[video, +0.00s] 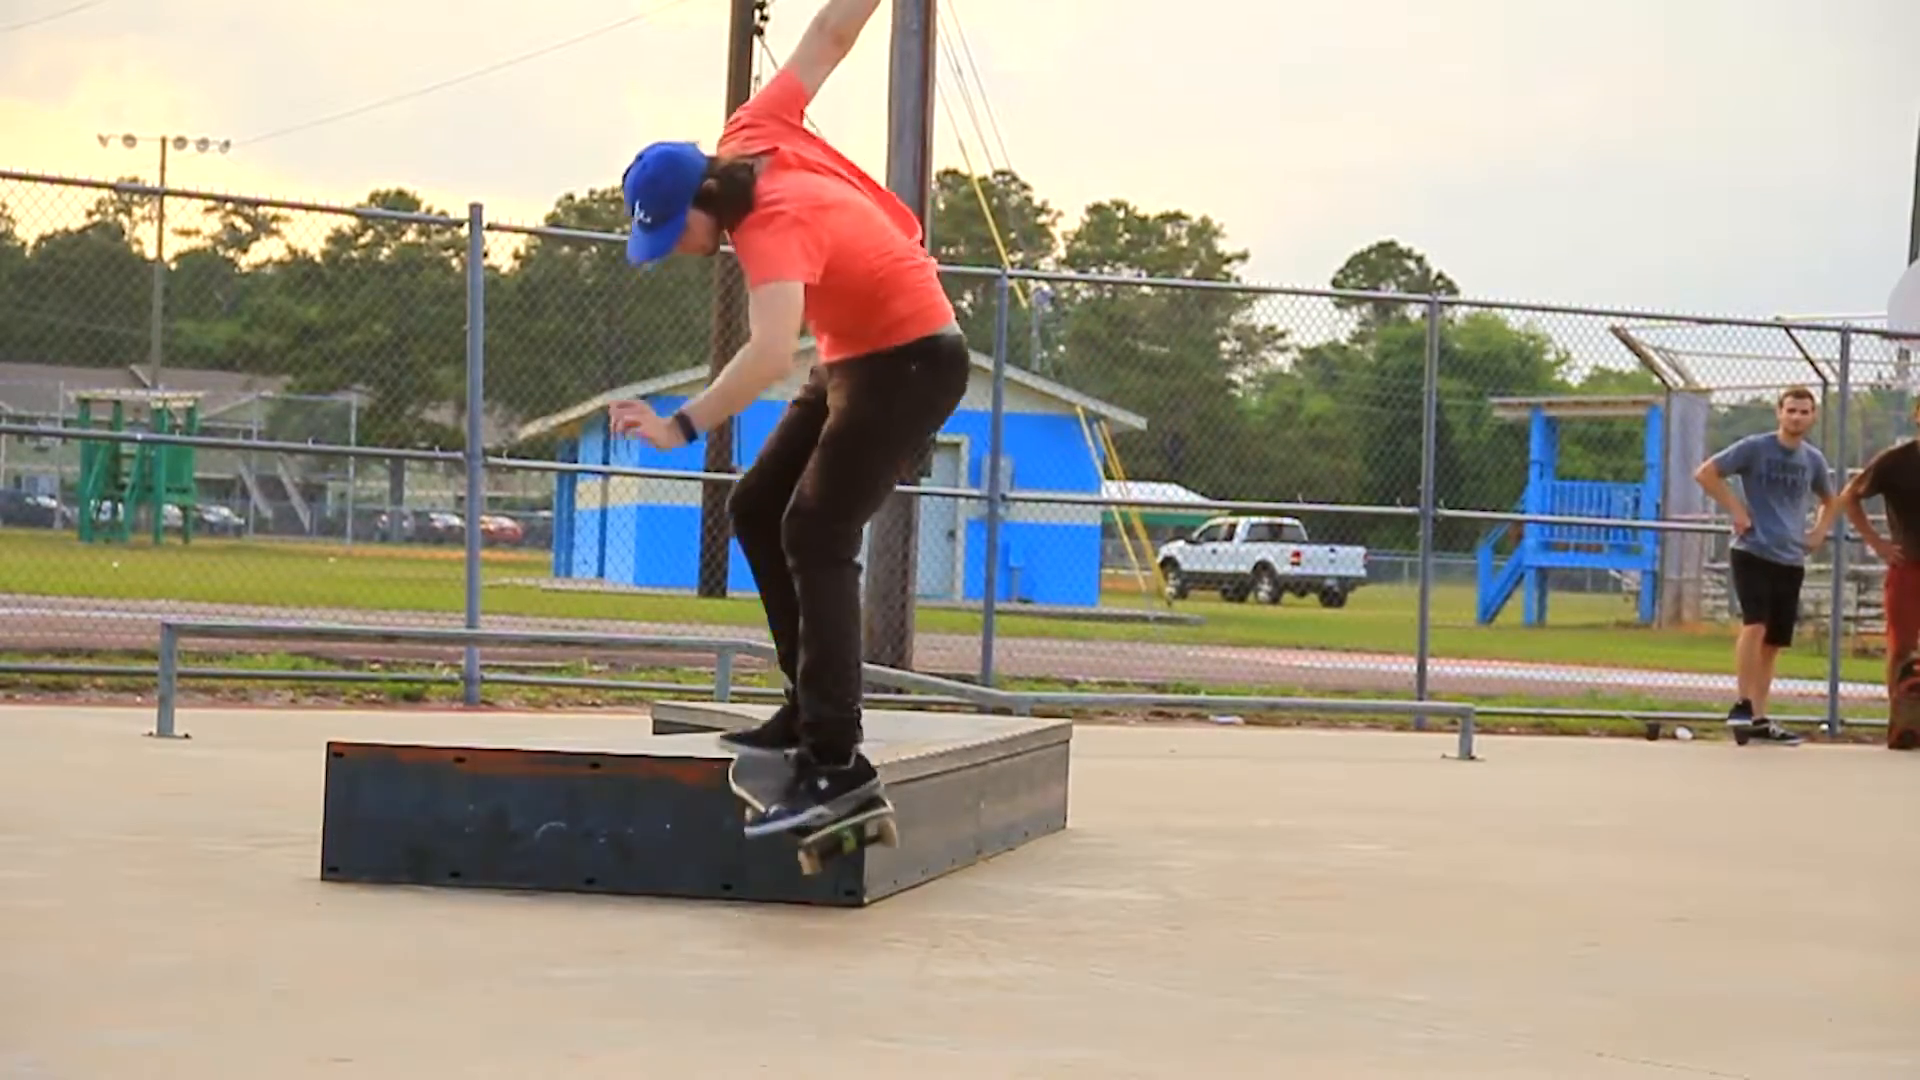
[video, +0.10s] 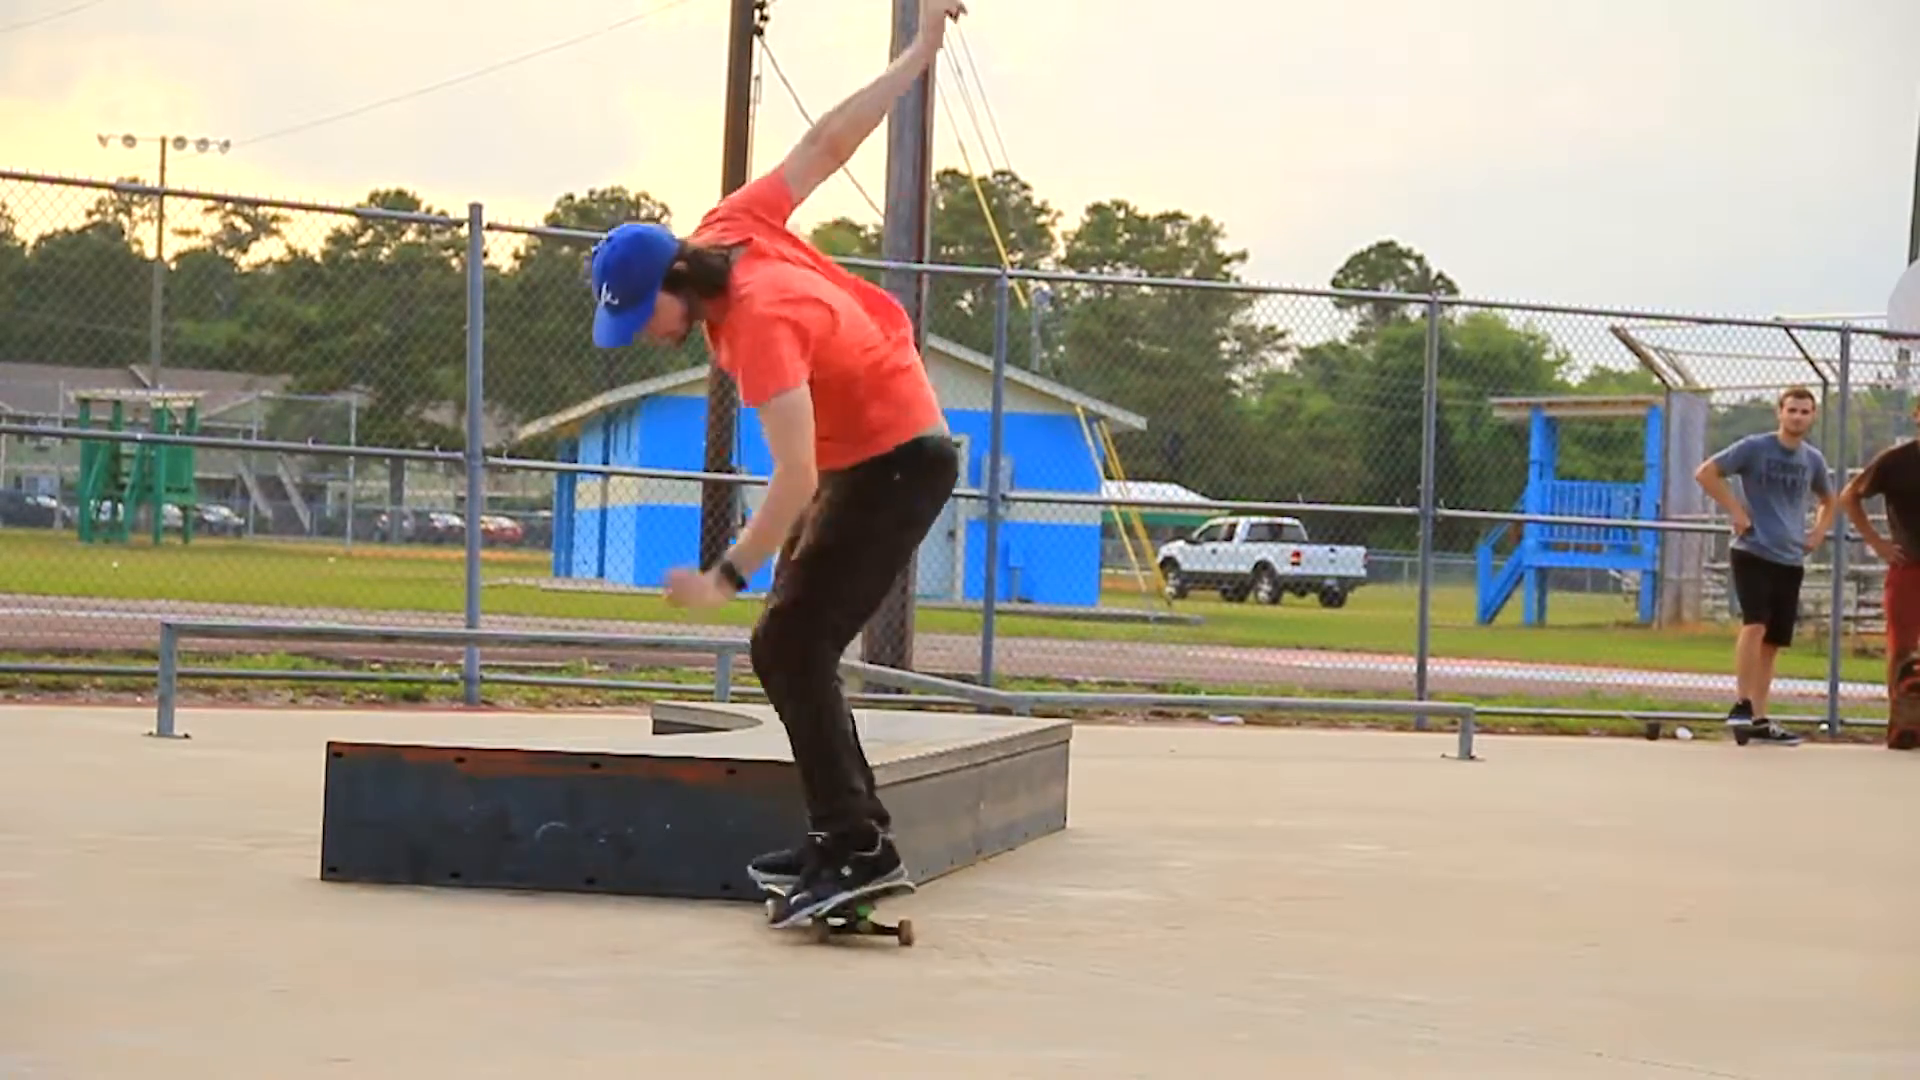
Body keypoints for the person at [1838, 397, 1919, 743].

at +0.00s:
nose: (1919, 416)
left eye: (1918, 410)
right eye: (1919, 411)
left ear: (1915, 417)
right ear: (1915, 417)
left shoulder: (1901, 458)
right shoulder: (1900, 458)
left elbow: (1850, 496)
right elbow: (1850, 496)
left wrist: (1877, 543)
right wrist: (1877, 543)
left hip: (1910, 569)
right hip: (1908, 566)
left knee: (1905, 648)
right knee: (1903, 648)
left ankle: (1905, 726)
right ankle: (1901, 726)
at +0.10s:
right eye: (1918, 410)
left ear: (1914, 416)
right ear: (1915, 416)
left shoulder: (1900, 458)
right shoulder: (1900, 459)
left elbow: (1850, 497)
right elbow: (1849, 496)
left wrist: (1878, 544)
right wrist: (1878, 544)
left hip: (1909, 568)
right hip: (1907, 567)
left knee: (1905, 650)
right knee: (1903, 648)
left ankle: (1904, 726)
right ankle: (1902, 726)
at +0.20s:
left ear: (1914, 416)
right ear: (1915, 416)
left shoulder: (1900, 458)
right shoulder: (1900, 459)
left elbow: (1850, 497)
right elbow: (1849, 496)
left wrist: (1878, 544)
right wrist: (1878, 544)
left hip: (1909, 568)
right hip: (1907, 567)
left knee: (1905, 650)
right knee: (1903, 649)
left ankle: (1905, 726)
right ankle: (1902, 726)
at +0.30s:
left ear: (1914, 417)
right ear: (1915, 417)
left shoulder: (1901, 458)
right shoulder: (1901, 459)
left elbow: (1850, 496)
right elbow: (1849, 496)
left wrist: (1875, 541)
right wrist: (1876, 542)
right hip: (1907, 567)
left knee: (1906, 654)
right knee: (1904, 653)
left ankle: (1905, 733)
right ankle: (1903, 733)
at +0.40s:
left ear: (1915, 417)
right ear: (1916, 417)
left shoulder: (1901, 458)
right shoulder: (1901, 459)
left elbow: (1850, 495)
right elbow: (1849, 495)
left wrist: (1876, 542)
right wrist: (1876, 543)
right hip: (1907, 567)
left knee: (1905, 654)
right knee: (1903, 653)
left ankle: (1906, 735)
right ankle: (1903, 735)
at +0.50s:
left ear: (1914, 417)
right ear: (1915, 417)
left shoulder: (1900, 458)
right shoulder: (1900, 458)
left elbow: (1850, 496)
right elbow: (1849, 495)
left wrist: (1877, 543)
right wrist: (1877, 543)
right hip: (1907, 569)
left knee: (1905, 657)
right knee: (1903, 656)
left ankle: (1906, 739)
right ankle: (1903, 741)